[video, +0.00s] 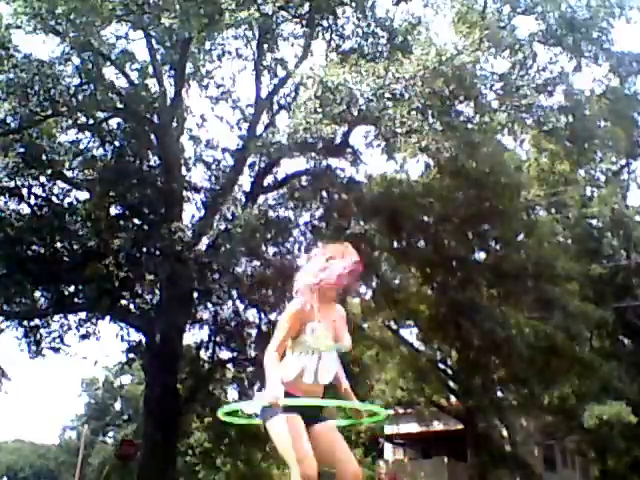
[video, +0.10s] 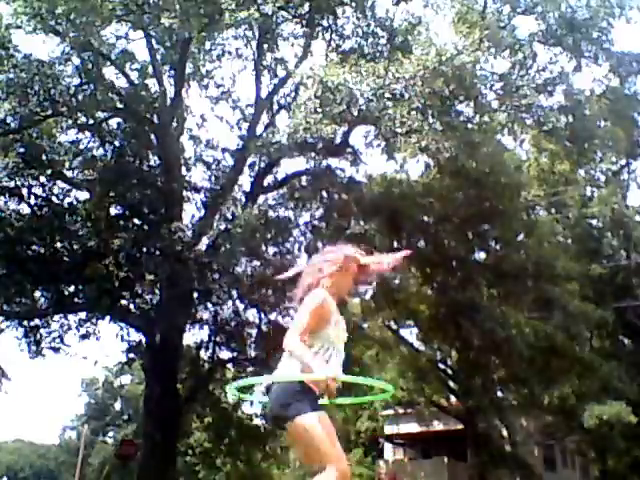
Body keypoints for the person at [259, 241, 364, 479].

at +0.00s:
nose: (342, 279)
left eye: (345, 274)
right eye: (339, 272)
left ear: (343, 278)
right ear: (320, 272)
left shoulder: (338, 313)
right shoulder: (299, 310)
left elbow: (332, 358)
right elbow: (272, 353)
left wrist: (350, 398)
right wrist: (273, 386)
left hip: (314, 406)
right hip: (283, 403)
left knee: (352, 472)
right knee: (306, 471)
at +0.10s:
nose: (354, 282)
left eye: (355, 276)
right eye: (351, 274)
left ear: (334, 272)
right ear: (333, 271)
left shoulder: (331, 306)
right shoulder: (319, 299)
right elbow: (291, 340)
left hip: (303, 391)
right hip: (292, 390)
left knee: (333, 469)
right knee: (338, 468)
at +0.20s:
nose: (356, 275)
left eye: (356, 269)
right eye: (354, 269)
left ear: (325, 268)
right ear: (344, 269)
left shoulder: (303, 297)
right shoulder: (338, 295)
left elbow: (278, 338)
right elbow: (322, 333)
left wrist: (305, 353)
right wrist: (369, 351)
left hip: (282, 384)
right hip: (313, 382)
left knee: (309, 473)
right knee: (336, 470)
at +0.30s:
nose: (352, 270)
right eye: (350, 265)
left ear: (314, 265)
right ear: (344, 267)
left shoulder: (298, 292)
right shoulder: (350, 295)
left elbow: (274, 331)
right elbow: (354, 332)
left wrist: (275, 339)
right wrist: (391, 340)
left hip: (286, 374)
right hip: (326, 377)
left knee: (296, 467)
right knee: (331, 469)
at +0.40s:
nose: (306, 273)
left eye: (308, 268)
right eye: (307, 268)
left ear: (313, 267)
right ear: (340, 271)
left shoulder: (307, 288)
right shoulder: (355, 300)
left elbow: (289, 319)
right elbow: (374, 337)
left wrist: (265, 312)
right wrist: (383, 331)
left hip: (303, 374)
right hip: (341, 379)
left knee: (290, 465)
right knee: (335, 469)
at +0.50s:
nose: (295, 276)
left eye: (297, 271)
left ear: (308, 266)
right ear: (332, 264)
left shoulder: (319, 287)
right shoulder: (346, 302)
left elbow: (317, 313)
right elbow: (365, 344)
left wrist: (287, 294)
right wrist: (352, 315)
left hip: (319, 378)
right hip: (343, 379)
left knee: (283, 465)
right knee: (332, 470)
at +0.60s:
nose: (291, 278)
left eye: (296, 271)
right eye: (291, 272)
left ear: (310, 267)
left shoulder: (324, 292)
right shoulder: (301, 302)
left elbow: (347, 311)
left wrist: (323, 276)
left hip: (327, 382)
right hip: (310, 385)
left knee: (299, 468)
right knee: (306, 470)